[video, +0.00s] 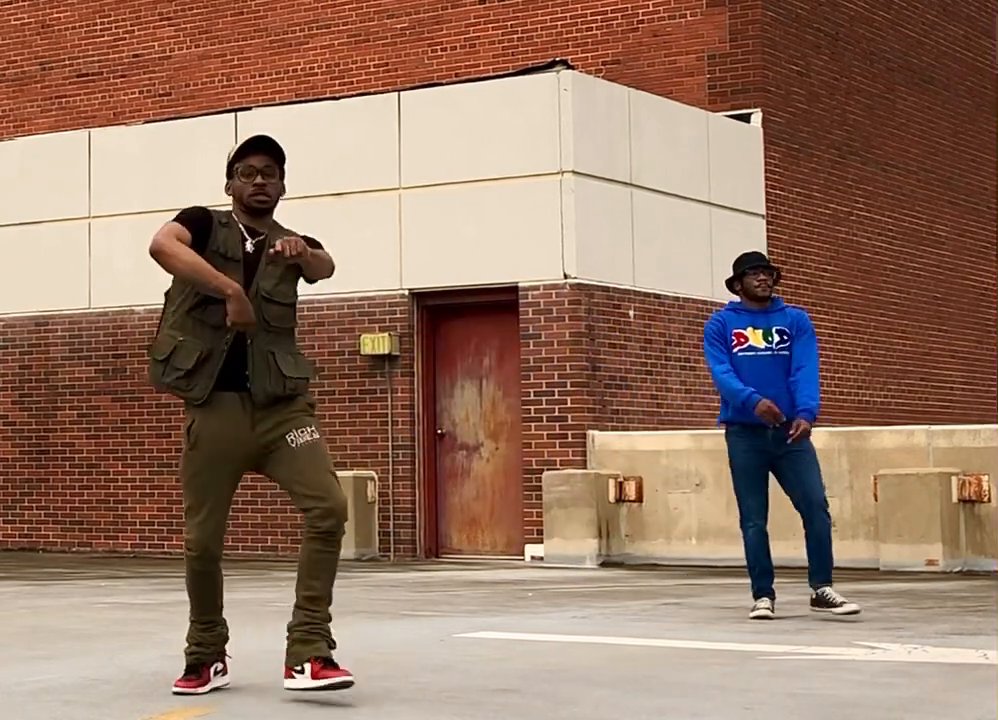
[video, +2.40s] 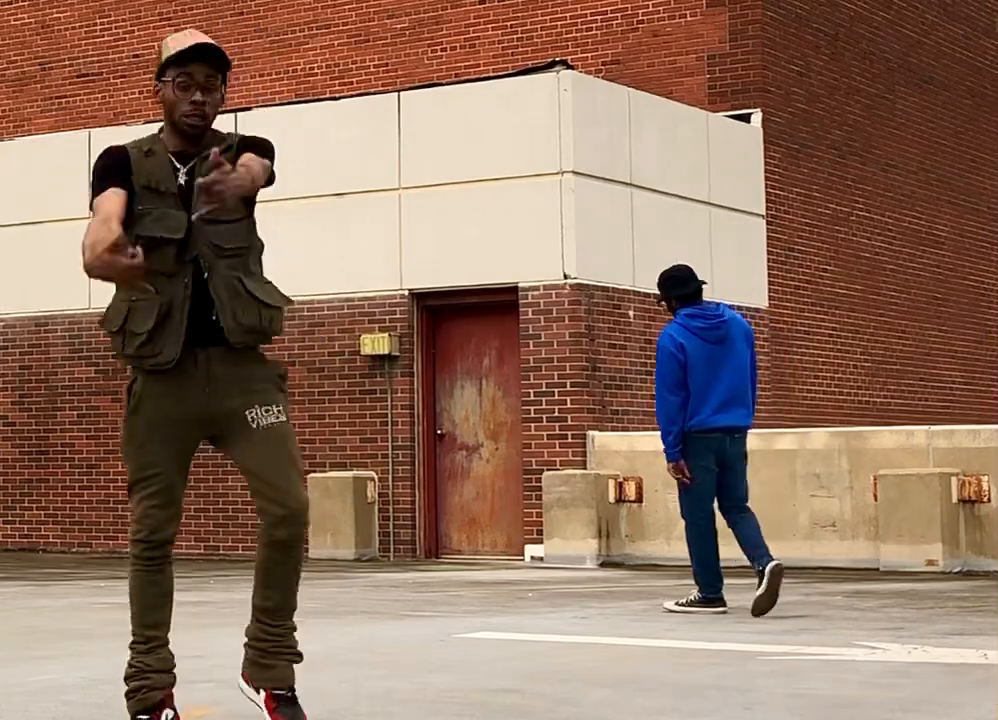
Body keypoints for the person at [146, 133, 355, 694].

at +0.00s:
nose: (259, 182)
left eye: (269, 174)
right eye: (248, 173)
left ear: (282, 185)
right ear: (230, 182)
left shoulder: (290, 242)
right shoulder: (203, 222)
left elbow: (324, 268)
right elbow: (162, 245)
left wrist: (299, 253)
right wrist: (232, 289)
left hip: (284, 410)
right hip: (216, 412)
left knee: (328, 510)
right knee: (202, 545)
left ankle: (308, 652)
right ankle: (206, 656)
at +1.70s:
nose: (254, 159)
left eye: (266, 148)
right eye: (242, 149)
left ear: (282, 153)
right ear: (224, 155)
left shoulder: (306, 217)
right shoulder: (199, 198)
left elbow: (314, 293)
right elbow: (151, 207)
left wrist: (316, 363)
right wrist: (167, 205)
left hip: (290, 408)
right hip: (209, 413)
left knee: (348, 515)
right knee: (197, 554)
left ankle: (295, 666)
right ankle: (231, 674)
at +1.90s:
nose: (249, 154)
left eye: (261, 144)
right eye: (236, 143)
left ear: (279, 152)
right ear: (217, 153)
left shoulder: (305, 218)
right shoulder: (194, 204)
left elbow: (311, 286)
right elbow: (159, 201)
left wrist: (311, 347)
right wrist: (140, 174)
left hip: (285, 412)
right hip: (203, 416)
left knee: (322, 541)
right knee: (196, 565)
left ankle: (281, 693)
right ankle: (227, 672)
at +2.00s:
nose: (234, 123)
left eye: (247, 113)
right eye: (222, 111)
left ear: (263, 123)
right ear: (202, 117)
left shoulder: (289, 170)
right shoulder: (173, 195)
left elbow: (298, 186)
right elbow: (136, 280)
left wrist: (282, 199)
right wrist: (160, 293)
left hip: (271, 387)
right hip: (189, 389)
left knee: (282, 542)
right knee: (168, 533)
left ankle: (280, 697)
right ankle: (215, 649)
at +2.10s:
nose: (216, 110)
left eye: (228, 102)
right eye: (204, 99)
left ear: (244, 114)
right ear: (183, 107)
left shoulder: (264, 167)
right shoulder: (156, 196)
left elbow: (279, 121)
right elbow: (153, 281)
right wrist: (144, 349)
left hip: (263, 380)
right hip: (183, 383)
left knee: (278, 538)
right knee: (149, 514)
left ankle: (281, 696)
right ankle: (197, 679)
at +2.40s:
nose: (196, 95)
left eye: (208, 84)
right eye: (183, 82)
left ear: (223, 93)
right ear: (160, 89)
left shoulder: (245, 148)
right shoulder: (124, 162)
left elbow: (256, 169)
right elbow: (95, 252)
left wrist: (237, 182)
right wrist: (124, 262)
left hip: (244, 367)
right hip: (161, 374)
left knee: (289, 512)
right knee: (151, 533)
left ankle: (271, 667)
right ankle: (151, 693)